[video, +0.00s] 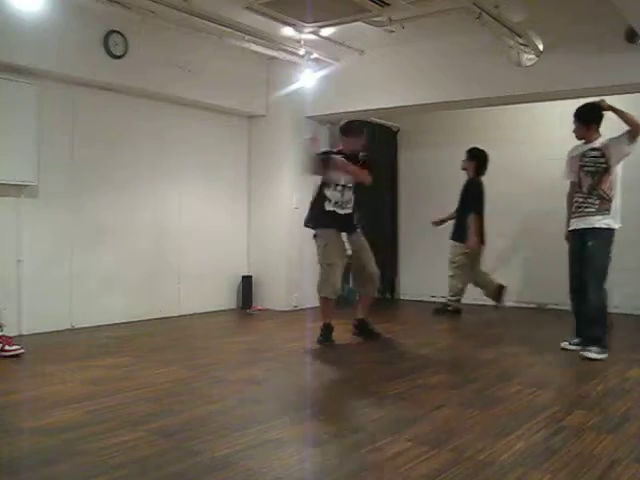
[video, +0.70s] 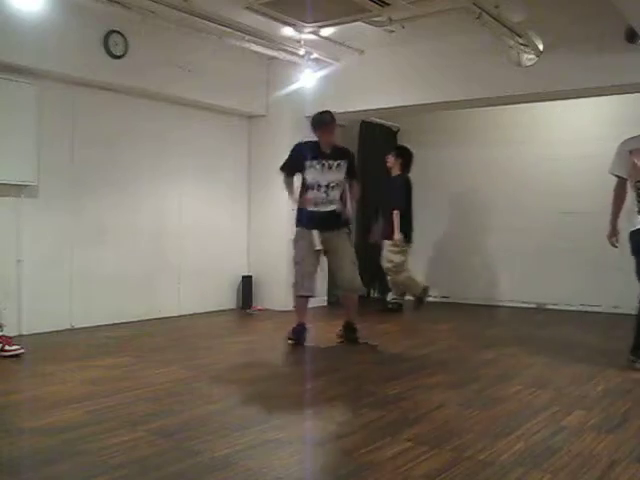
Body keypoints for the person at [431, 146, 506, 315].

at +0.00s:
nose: (463, 163)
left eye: (466, 160)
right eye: (465, 159)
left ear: (474, 164)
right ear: (474, 164)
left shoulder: (473, 185)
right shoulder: (471, 184)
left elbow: (473, 214)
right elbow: (461, 210)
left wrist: (473, 236)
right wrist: (443, 220)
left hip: (463, 238)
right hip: (470, 238)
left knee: (457, 270)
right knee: (472, 271)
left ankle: (453, 302)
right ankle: (494, 289)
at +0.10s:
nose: (452, 161)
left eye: (456, 158)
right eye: (454, 157)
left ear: (463, 161)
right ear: (465, 161)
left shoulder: (462, 183)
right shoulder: (465, 182)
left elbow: (455, 211)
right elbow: (457, 210)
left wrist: (445, 229)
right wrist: (448, 228)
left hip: (458, 234)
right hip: (461, 233)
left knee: (446, 262)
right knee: (452, 264)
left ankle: (455, 298)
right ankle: (463, 290)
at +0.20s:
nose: (443, 162)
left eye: (446, 158)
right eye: (444, 158)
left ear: (454, 161)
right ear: (456, 162)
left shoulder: (455, 183)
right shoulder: (451, 182)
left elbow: (443, 203)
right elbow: (444, 203)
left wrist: (429, 213)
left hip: (451, 234)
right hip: (441, 232)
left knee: (447, 268)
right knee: (433, 263)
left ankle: (452, 301)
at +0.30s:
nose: (432, 161)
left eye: (435, 158)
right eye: (433, 158)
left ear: (442, 162)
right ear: (445, 162)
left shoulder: (445, 184)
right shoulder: (441, 183)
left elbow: (428, 204)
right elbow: (441, 210)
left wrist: (405, 211)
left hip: (444, 236)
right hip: (431, 235)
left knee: (445, 271)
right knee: (419, 267)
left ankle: (453, 302)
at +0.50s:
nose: (409, 162)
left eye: (413, 159)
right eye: (411, 159)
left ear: (419, 163)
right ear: (422, 164)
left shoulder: (421, 184)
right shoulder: (418, 183)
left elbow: (411, 208)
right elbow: (417, 210)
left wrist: (389, 213)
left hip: (421, 237)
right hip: (410, 236)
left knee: (428, 272)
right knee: (405, 272)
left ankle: (447, 299)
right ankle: (397, 300)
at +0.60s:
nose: (398, 161)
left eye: (400, 158)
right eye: (399, 158)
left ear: (407, 161)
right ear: (412, 162)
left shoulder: (409, 182)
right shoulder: (407, 181)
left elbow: (404, 209)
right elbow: (404, 208)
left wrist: (389, 226)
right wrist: (393, 225)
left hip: (409, 234)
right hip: (402, 234)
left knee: (410, 268)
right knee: (400, 269)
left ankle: (437, 293)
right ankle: (397, 299)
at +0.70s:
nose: (387, 159)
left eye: (391, 156)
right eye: (389, 156)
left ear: (398, 161)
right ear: (398, 160)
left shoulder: (399, 181)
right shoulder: (398, 180)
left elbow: (396, 209)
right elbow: (395, 209)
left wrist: (397, 232)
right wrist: (391, 230)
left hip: (396, 234)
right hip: (395, 233)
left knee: (392, 267)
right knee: (395, 268)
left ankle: (419, 290)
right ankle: (396, 298)